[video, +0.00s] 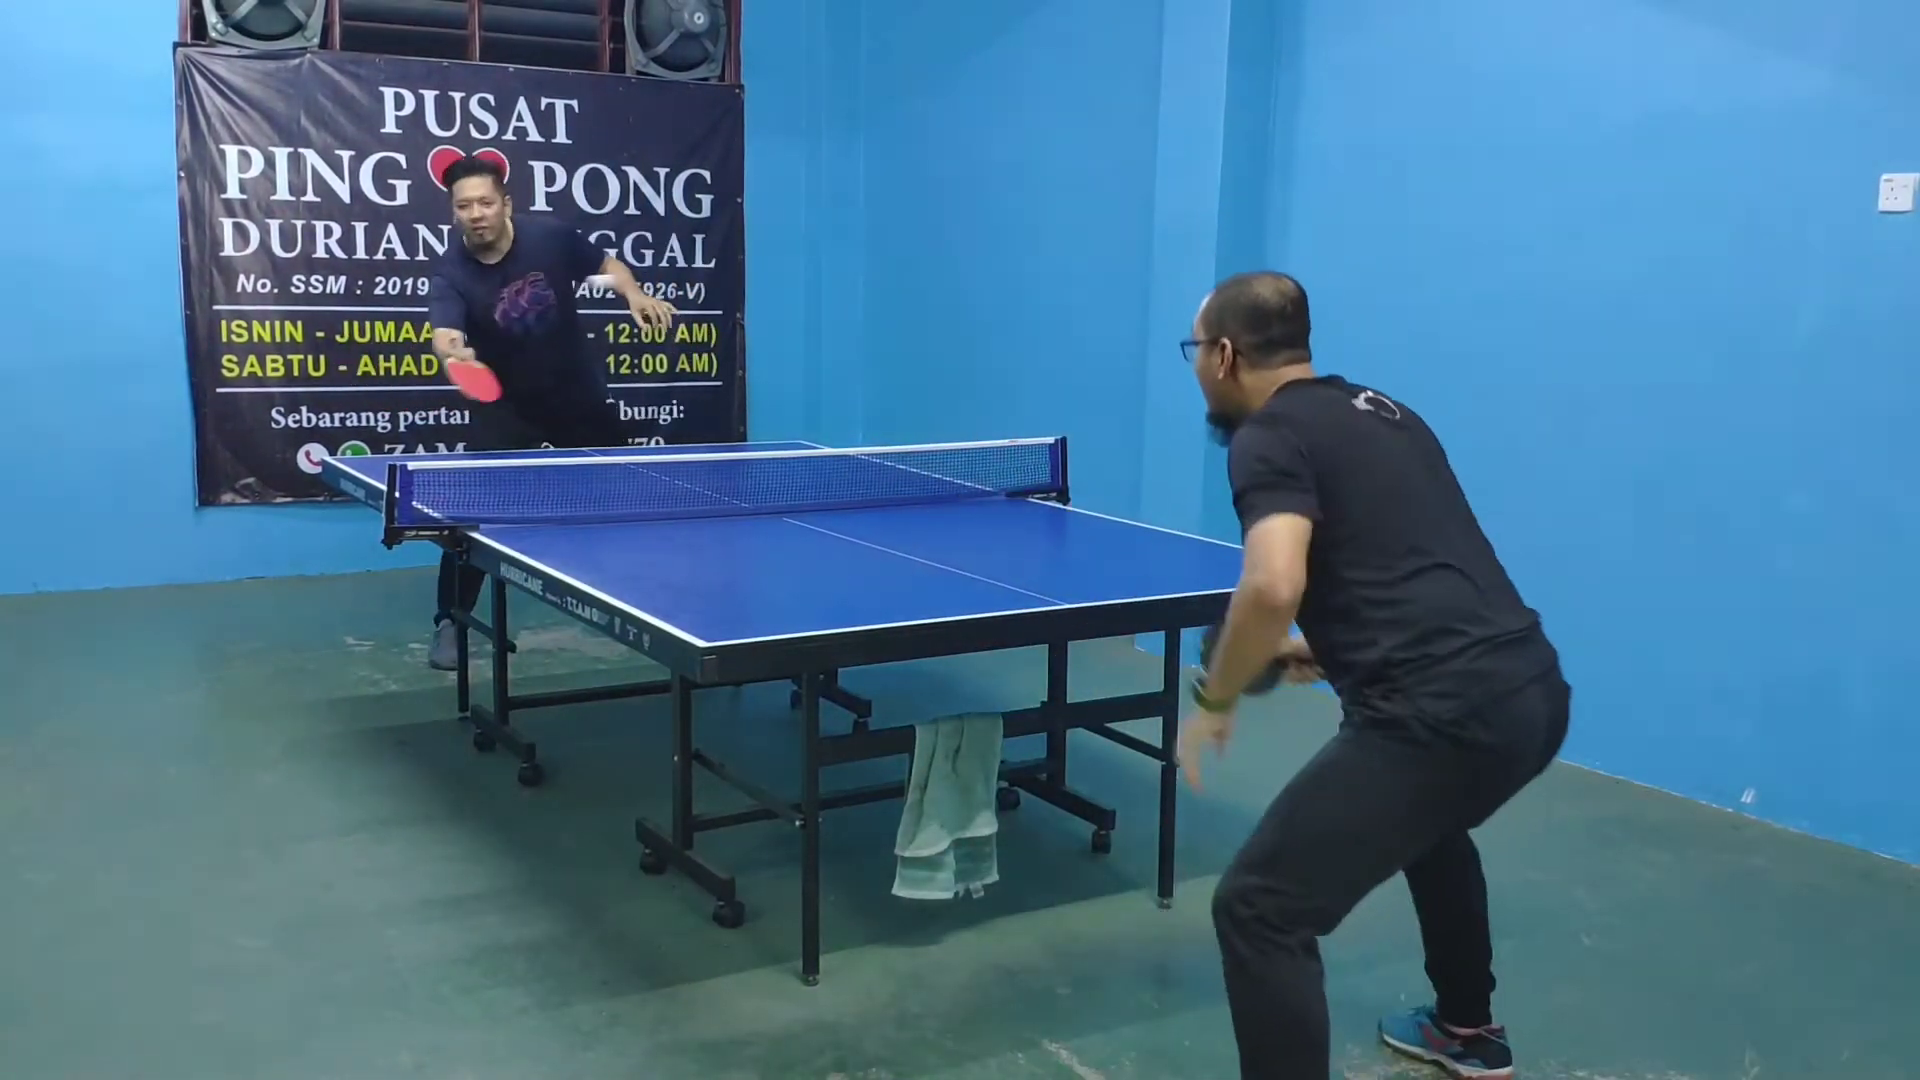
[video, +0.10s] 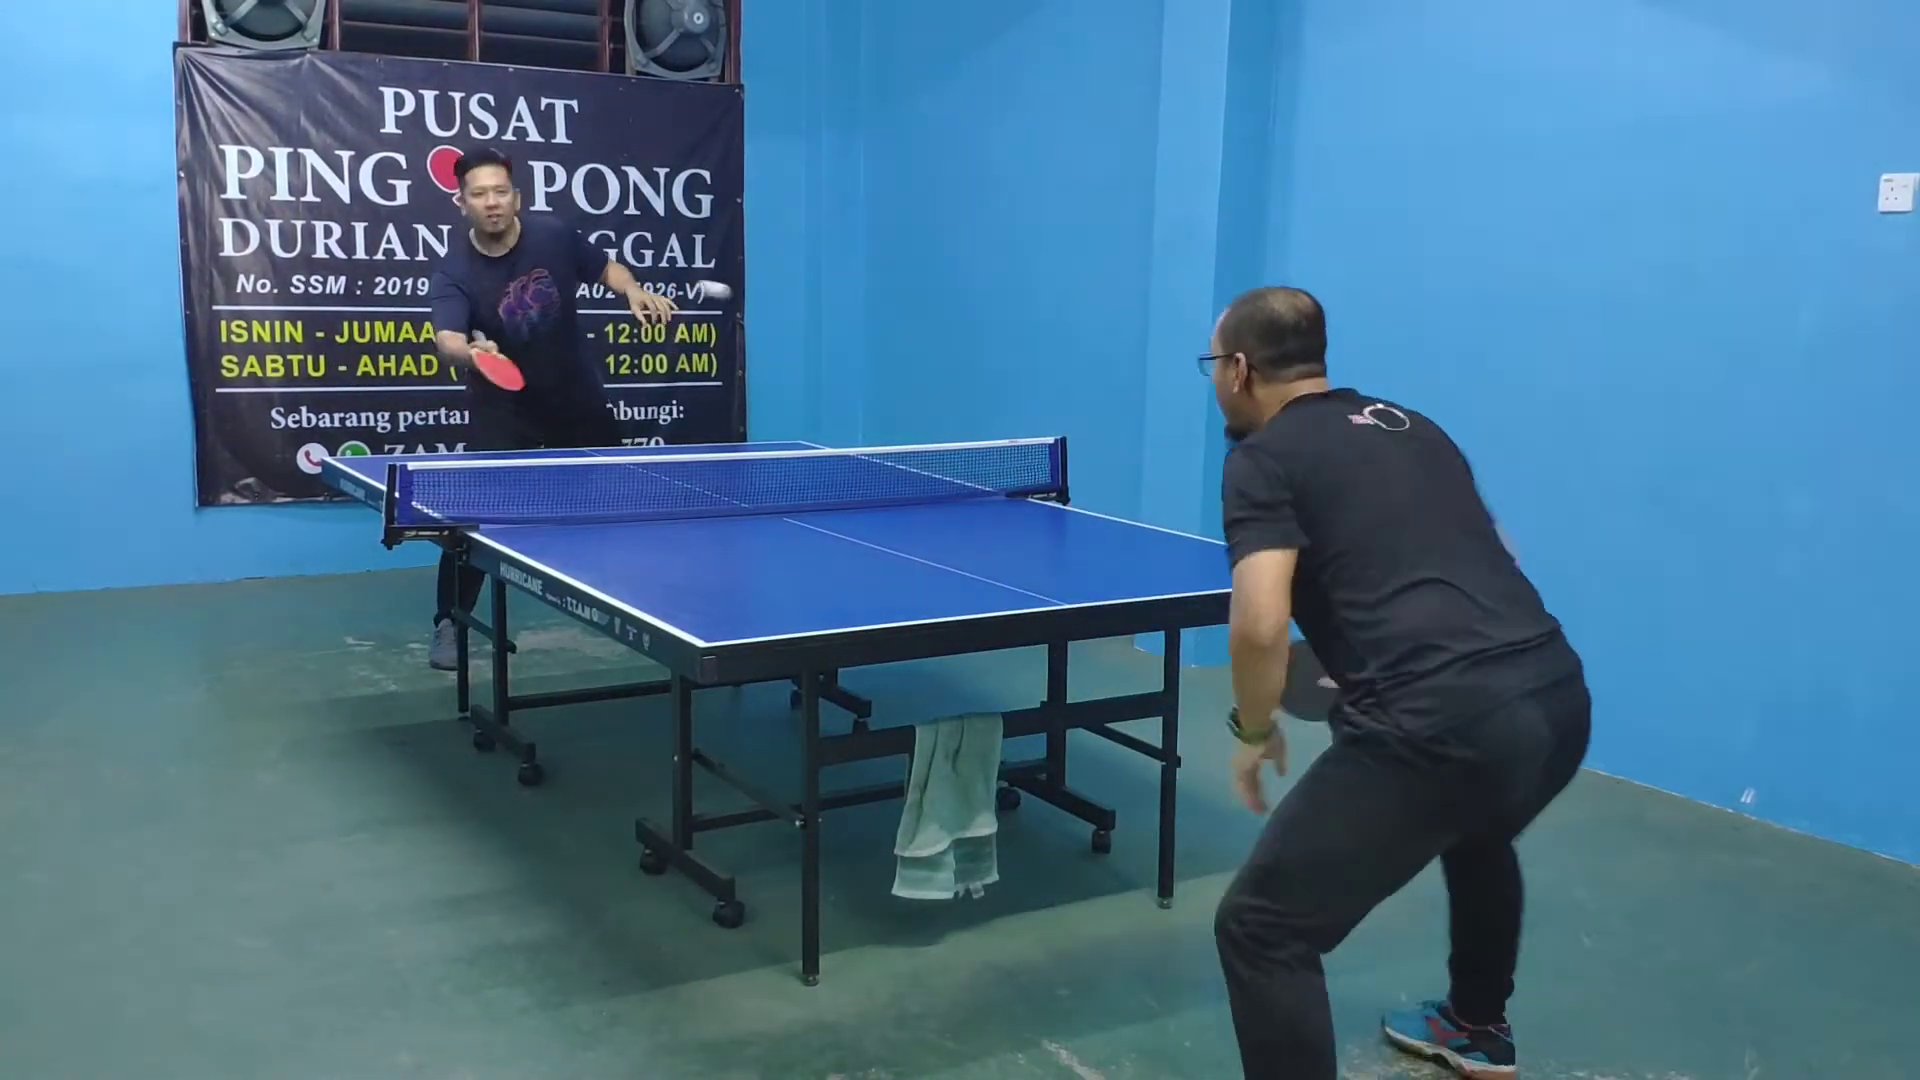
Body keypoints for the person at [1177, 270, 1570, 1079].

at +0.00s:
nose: (1199, 369)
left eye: (1198, 352)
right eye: (1197, 352)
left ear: (1223, 355)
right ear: (1298, 347)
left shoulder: (1272, 434)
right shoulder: (1379, 410)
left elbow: (1272, 589)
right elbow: (1424, 569)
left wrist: (1217, 699)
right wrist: (1323, 647)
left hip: (1433, 721)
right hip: (1530, 701)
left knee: (1258, 911)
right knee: (1424, 816)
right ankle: (1468, 1027)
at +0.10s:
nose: (1214, 380)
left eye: (1215, 365)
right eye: (1212, 365)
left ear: (1240, 370)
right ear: (1316, 362)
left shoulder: (1264, 455)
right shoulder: (1410, 426)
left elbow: (1261, 624)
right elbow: (1484, 551)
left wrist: (1257, 731)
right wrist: (1379, 665)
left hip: (1435, 731)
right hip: (1556, 708)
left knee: (1262, 929)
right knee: (1477, 827)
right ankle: (1478, 1023)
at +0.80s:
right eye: (1314, 275)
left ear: (1209, 292)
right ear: (1318, 287)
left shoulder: (1144, 411)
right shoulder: (1399, 412)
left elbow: (1052, 610)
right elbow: (1495, 569)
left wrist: (1095, 596)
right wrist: (1582, 617)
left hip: (1256, 767)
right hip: (1409, 750)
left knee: (1062, 882)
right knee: (1458, 934)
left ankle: (1062, 1070)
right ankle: (1541, 1072)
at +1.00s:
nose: (1041, 448)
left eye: (1042, 434)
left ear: (1062, 451)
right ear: (1168, 390)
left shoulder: (1157, 602)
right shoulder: (1224, 459)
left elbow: (1178, 811)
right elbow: (1062, 495)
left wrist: (1127, 784)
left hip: (1271, 876)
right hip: (1367, 835)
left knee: (1004, 980)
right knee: (1252, 982)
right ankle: (1367, 1074)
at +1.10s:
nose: (1029, 450)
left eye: (1028, 433)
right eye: (1024, 432)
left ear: (1073, 446)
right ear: (1154, 404)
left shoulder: (1215, 581)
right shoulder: (1135, 517)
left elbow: (1210, 814)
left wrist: (1103, 810)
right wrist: (1020, 801)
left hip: (1276, 880)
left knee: (982, 999)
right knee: (1213, 1020)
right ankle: (1362, 1076)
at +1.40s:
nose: (1070, 228)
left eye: (1069, 201)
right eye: (1066, 203)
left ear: (1106, 208)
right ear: (1201, 193)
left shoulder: (1180, 366)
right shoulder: (1257, 311)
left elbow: (1260, 603)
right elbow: (1247, 510)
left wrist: (1124, 718)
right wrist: (1117, 599)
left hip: (1277, 750)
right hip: (1357, 721)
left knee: (1091, 1013)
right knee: (1277, 983)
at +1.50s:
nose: (1087, 232)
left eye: (1088, 206)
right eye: (1086, 207)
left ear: (1126, 216)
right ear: (1225, 205)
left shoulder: (1199, 386)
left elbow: (1270, 630)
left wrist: (1120, 770)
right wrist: (1153, 624)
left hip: (1277, 786)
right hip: (1369, 758)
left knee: (1062, 1050)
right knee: (1357, 1048)